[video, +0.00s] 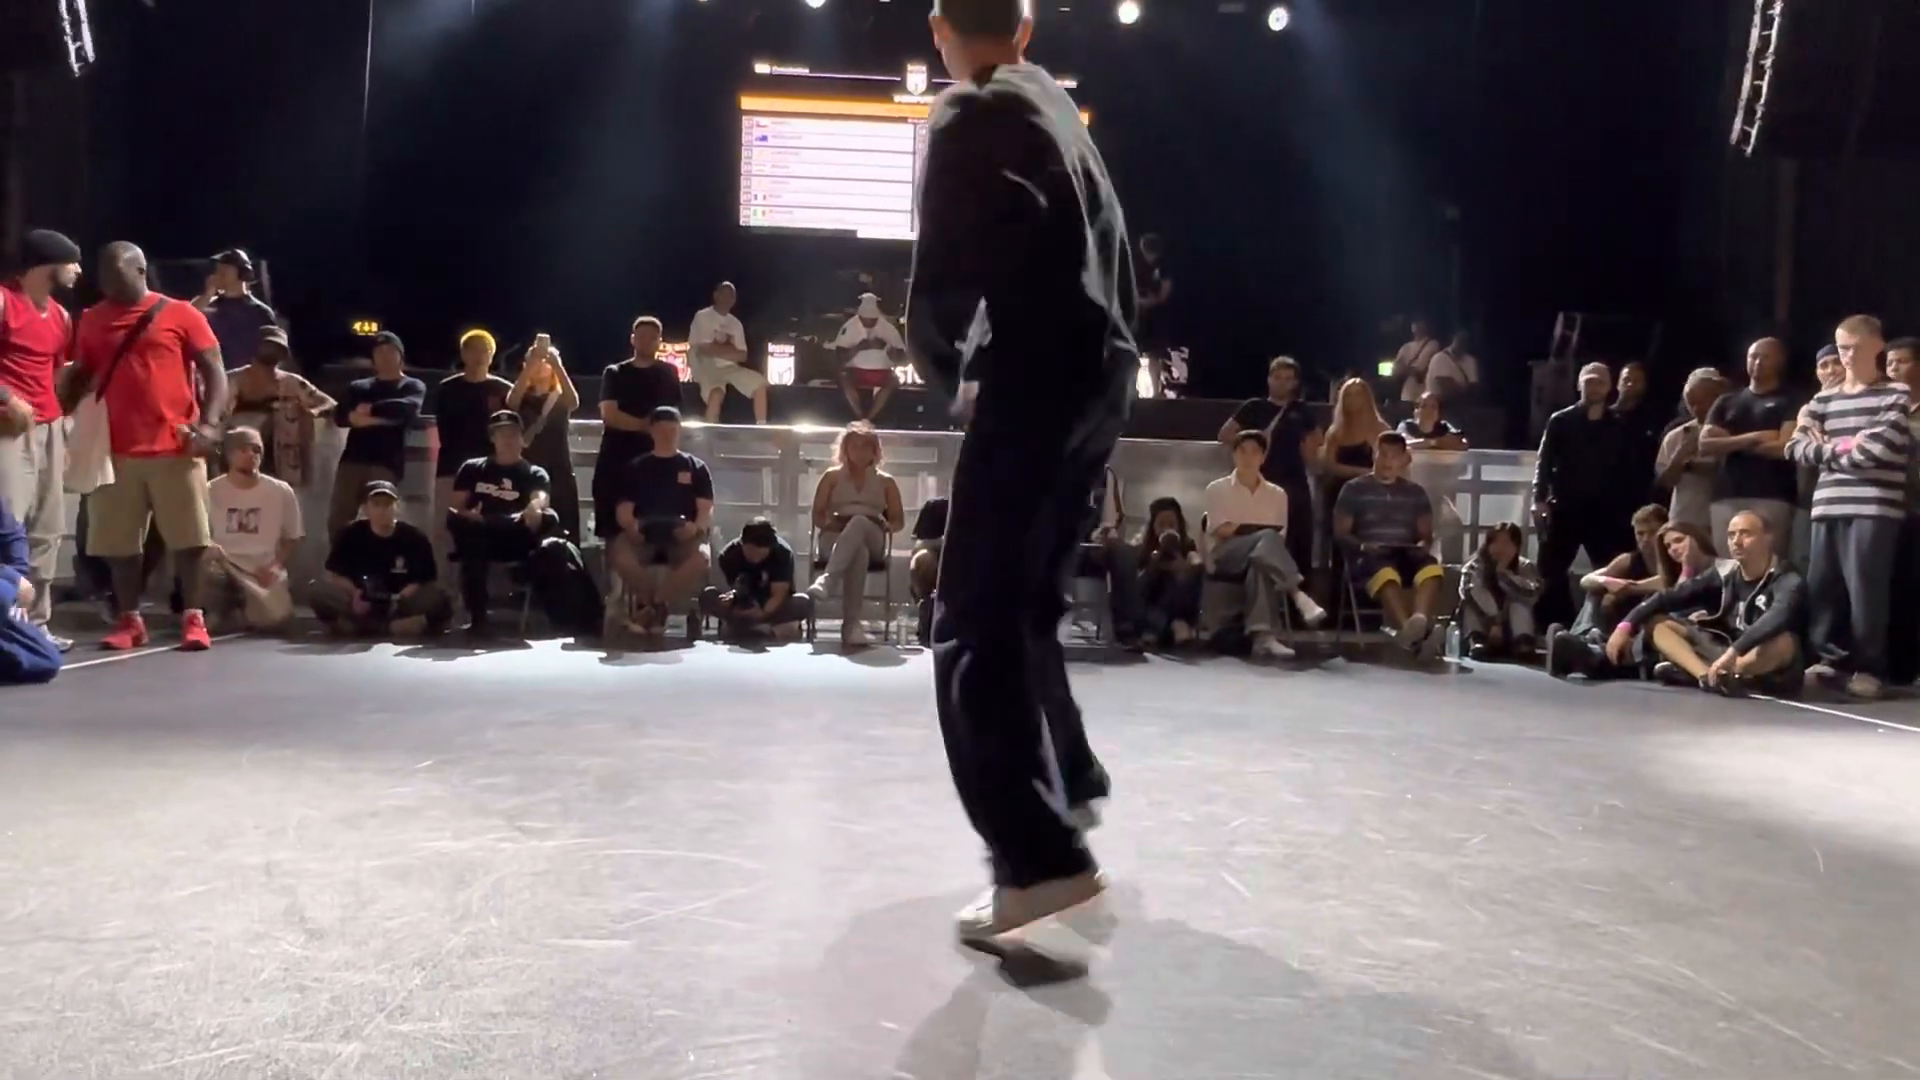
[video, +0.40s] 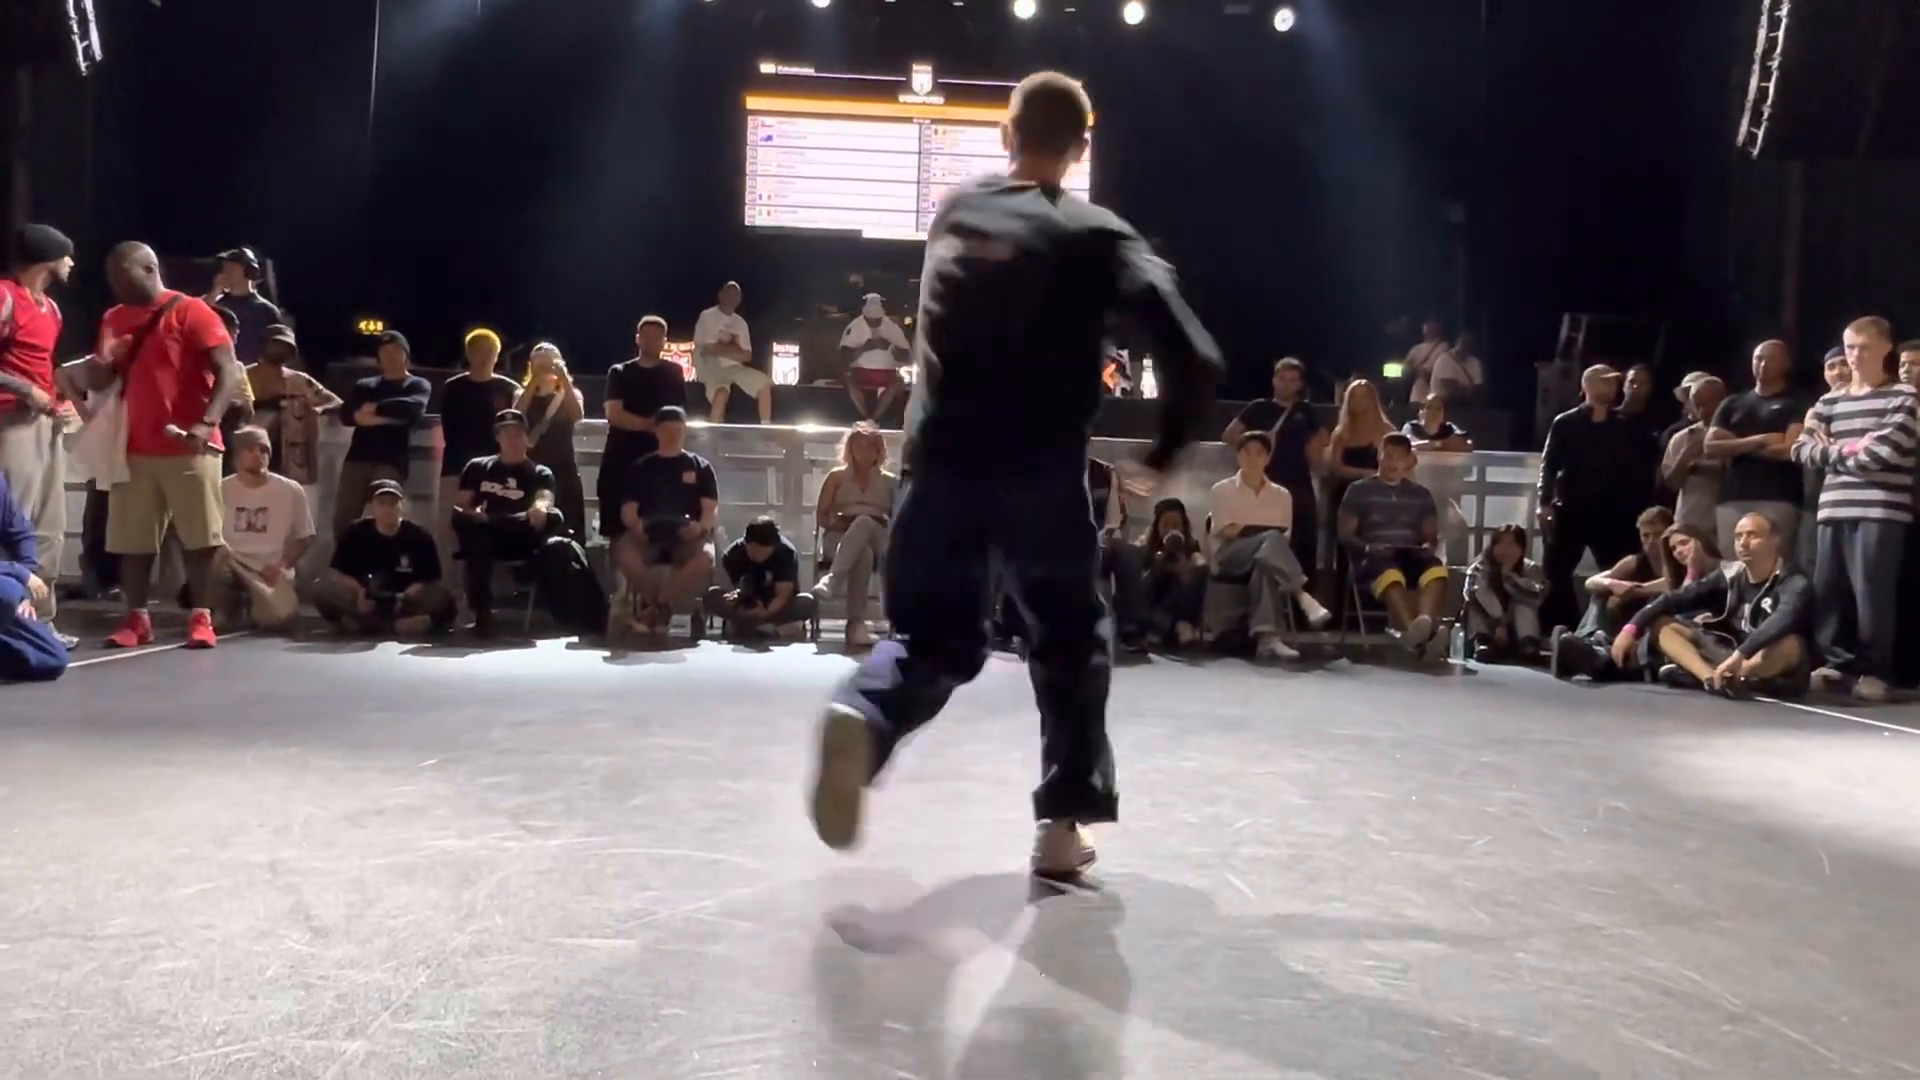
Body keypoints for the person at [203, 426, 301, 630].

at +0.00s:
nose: (251, 456)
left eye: (256, 450)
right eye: (244, 450)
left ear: (262, 455)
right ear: (229, 454)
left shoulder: (281, 491)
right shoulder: (211, 491)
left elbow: (291, 537)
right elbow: (201, 533)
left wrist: (275, 567)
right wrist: (211, 549)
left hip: (264, 569)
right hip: (225, 565)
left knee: (276, 617)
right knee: (209, 557)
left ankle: (237, 613)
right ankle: (211, 617)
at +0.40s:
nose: (258, 456)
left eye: (264, 450)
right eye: (251, 450)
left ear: (269, 455)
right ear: (237, 455)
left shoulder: (291, 490)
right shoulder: (222, 489)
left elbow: (304, 536)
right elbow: (210, 531)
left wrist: (281, 566)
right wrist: (222, 551)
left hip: (271, 570)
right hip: (233, 565)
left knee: (279, 617)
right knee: (220, 555)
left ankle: (252, 609)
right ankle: (216, 615)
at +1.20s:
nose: (268, 443)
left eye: (273, 437)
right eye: (261, 437)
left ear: (278, 442)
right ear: (248, 441)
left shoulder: (299, 478)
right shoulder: (230, 475)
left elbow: (311, 525)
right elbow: (219, 518)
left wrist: (291, 554)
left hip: (279, 559)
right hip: (240, 553)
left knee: (292, 603)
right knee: (227, 540)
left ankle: (251, 600)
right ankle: (219, 604)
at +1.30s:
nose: (269, 441)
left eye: (274, 435)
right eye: (262, 435)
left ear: (279, 441)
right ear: (248, 440)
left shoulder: (300, 477)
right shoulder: (230, 474)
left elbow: (312, 522)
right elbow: (217, 515)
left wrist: (293, 552)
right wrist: (226, 537)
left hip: (279, 557)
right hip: (240, 551)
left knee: (294, 601)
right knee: (226, 539)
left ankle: (254, 598)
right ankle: (225, 601)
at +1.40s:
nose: (269, 440)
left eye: (274, 435)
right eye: (262, 434)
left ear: (280, 440)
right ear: (249, 440)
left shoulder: (301, 476)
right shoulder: (230, 473)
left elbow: (313, 522)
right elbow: (215, 511)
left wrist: (294, 551)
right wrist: (226, 534)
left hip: (279, 556)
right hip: (240, 551)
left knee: (295, 601)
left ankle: (254, 598)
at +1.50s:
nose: (270, 440)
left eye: (275, 434)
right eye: (263, 434)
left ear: (280, 439)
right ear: (249, 439)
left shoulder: (302, 475)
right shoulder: (231, 473)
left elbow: (314, 521)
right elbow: (219, 507)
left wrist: (296, 550)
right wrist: (227, 529)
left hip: (282, 555)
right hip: (242, 550)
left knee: (296, 600)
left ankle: (258, 595)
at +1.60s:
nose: (270, 440)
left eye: (275, 434)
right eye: (263, 434)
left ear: (281, 438)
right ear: (249, 438)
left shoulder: (303, 473)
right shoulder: (231, 473)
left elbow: (315, 520)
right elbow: (221, 510)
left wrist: (297, 548)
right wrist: (229, 530)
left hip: (284, 554)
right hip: (244, 549)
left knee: (297, 597)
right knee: (228, 560)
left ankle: (259, 595)